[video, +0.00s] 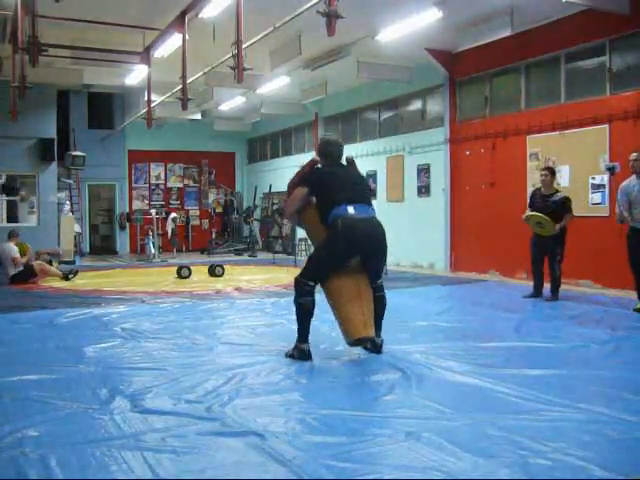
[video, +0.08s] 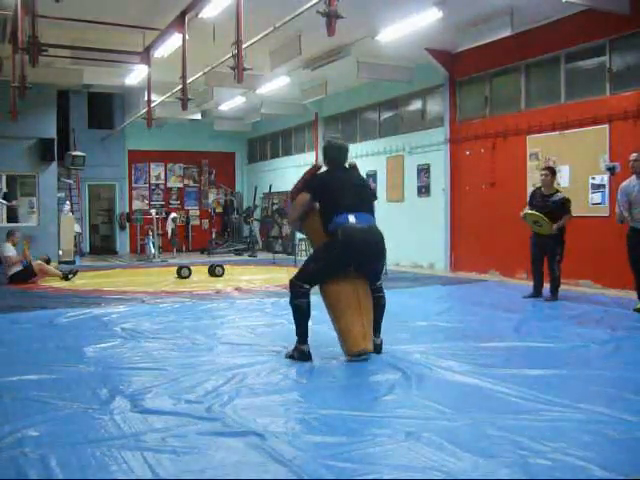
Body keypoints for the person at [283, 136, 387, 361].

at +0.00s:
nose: (316, 158)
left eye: (317, 155)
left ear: (320, 157)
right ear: (341, 156)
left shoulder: (316, 175)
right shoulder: (355, 174)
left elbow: (289, 209)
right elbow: (368, 198)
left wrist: (303, 220)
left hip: (344, 231)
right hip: (374, 228)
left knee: (304, 283)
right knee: (376, 282)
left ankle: (302, 345)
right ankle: (377, 337)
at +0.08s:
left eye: (325, 157)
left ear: (324, 159)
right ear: (346, 158)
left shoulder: (319, 180)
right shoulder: (360, 179)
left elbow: (293, 215)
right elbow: (370, 203)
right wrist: (357, 174)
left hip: (343, 241)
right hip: (373, 238)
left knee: (299, 284)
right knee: (375, 284)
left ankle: (302, 346)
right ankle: (376, 338)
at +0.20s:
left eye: (342, 151)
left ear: (340, 154)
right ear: (361, 155)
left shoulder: (328, 181)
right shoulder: (371, 182)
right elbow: (371, 212)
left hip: (339, 251)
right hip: (370, 252)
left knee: (294, 287)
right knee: (373, 287)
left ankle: (303, 346)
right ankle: (375, 339)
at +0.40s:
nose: (344, 170)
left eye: (346, 166)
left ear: (346, 168)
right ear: (368, 170)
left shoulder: (335, 193)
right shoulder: (383, 193)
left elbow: (312, 201)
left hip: (335, 254)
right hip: (367, 258)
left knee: (299, 290)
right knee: (367, 290)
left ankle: (304, 346)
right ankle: (373, 339)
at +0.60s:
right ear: (405, 275)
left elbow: (347, 215)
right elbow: (435, 222)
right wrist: (411, 198)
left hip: (358, 258)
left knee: (304, 293)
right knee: (363, 287)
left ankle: (307, 345)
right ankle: (373, 333)